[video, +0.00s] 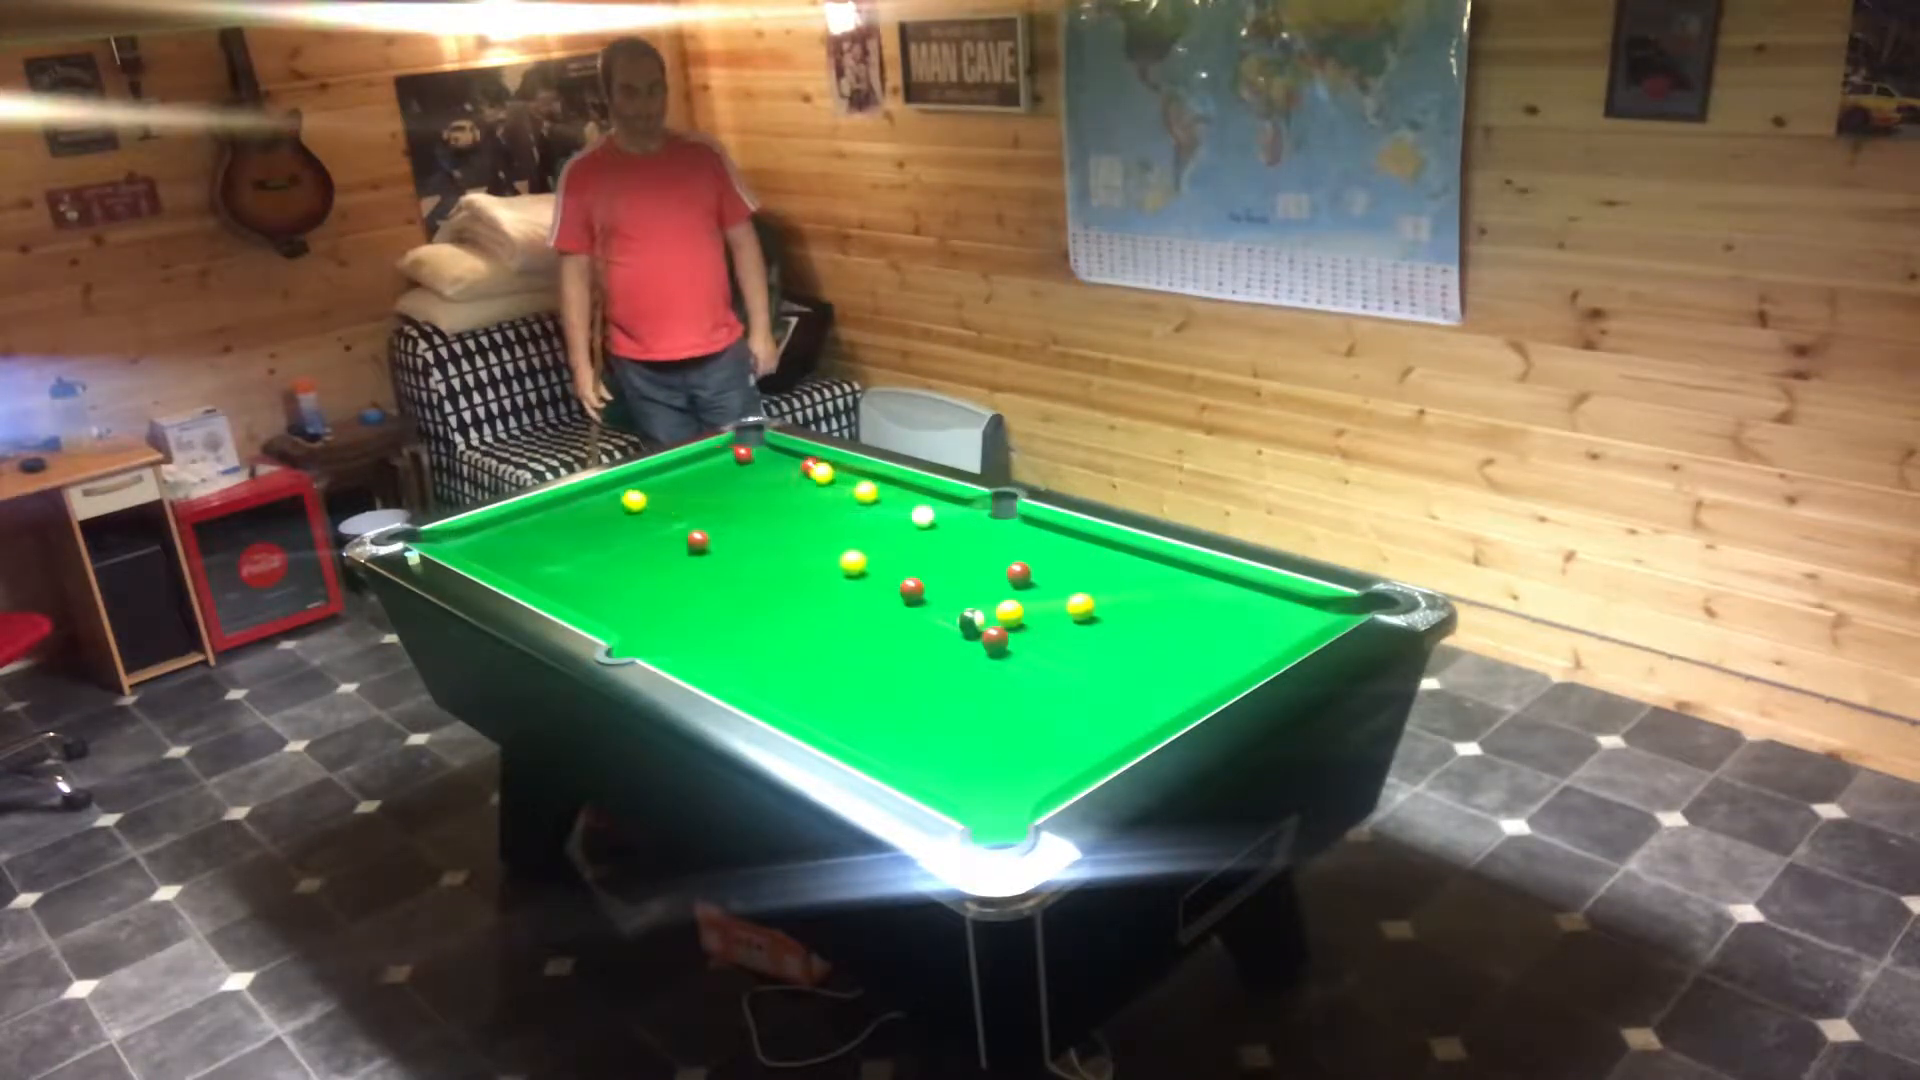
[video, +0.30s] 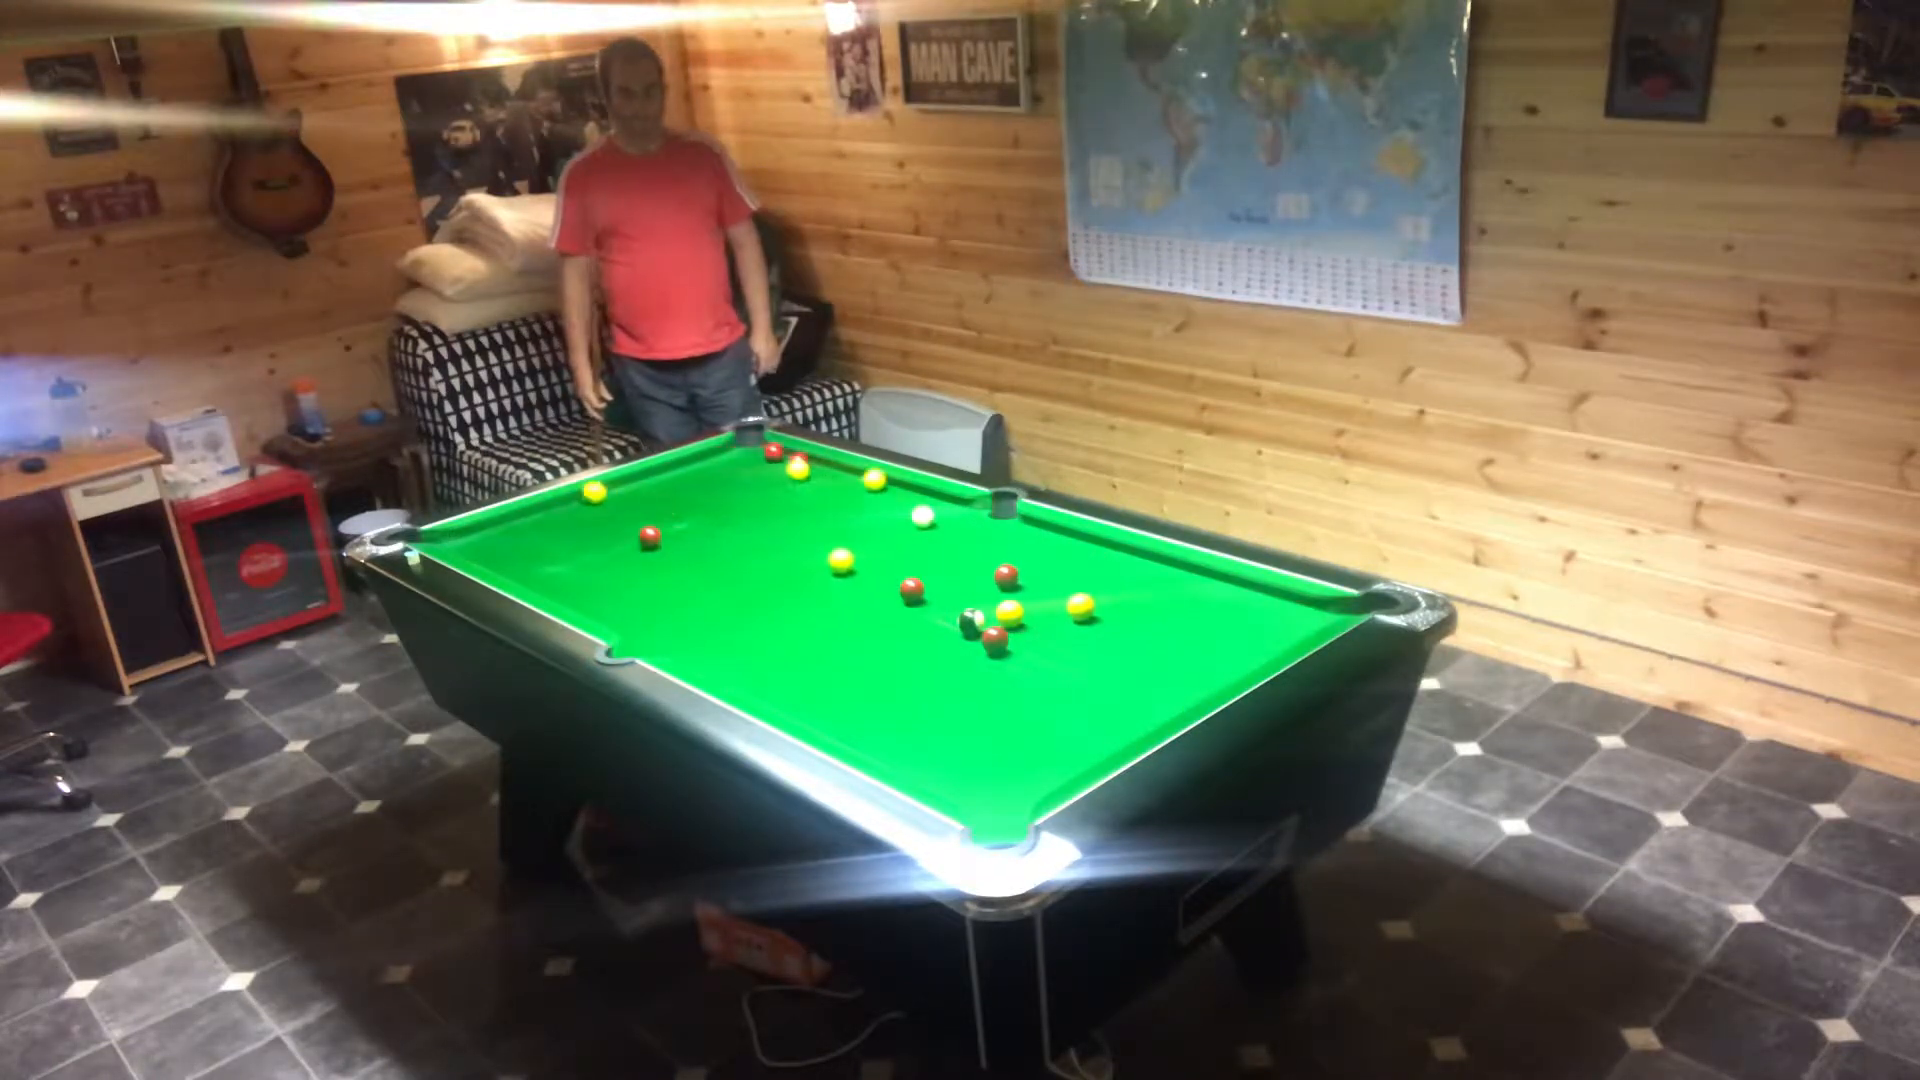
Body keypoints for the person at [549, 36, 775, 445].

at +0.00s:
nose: (644, 104)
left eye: (654, 90)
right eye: (630, 91)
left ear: (667, 93)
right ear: (607, 96)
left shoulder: (705, 158)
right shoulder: (584, 175)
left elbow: (744, 242)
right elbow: (575, 271)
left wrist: (761, 329)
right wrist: (581, 364)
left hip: (721, 360)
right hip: (643, 370)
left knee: (749, 485)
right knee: (676, 500)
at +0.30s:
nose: (641, 105)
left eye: (651, 91)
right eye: (627, 93)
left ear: (665, 91)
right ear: (605, 97)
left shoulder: (705, 157)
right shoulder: (584, 176)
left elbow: (745, 240)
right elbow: (576, 271)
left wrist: (762, 328)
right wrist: (581, 364)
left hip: (722, 359)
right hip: (644, 369)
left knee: (748, 489)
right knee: (676, 500)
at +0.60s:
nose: (641, 105)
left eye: (650, 91)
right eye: (627, 93)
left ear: (664, 91)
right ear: (605, 98)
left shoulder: (706, 157)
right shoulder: (586, 175)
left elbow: (746, 240)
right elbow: (579, 271)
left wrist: (763, 327)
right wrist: (584, 364)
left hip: (722, 359)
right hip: (645, 369)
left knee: (748, 483)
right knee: (676, 499)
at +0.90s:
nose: (643, 105)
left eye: (653, 92)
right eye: (629, 94)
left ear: (667, 93)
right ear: (608, 99)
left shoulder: (707, 157)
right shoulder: (587, 176)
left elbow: (746, 240)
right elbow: (579, 273)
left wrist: (764, 329)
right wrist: (584, 363)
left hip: (723, 359)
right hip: (646, 369)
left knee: (747, 485)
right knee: (677, 498)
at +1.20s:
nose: (644, 106)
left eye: (654, 93)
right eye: (631, 94)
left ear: (668, 93)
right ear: (609, 99)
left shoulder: (708, 158)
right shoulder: (588, 176)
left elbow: (747, 240)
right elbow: (580, 273)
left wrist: (763, 329)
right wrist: (584, 364)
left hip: (723, 359)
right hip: (646, 369)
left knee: (748, 483)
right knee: (677, 498)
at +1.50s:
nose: (644, 106)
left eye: (654, 93)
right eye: (631, 95)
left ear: (668, 94)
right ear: (610, 98)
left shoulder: (708, 158)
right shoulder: (587, 175)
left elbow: (746, 243)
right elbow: (578, 273)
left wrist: (762, 330)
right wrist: (584, 365)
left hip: (722, 361)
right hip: (645, 370)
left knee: (749, 484)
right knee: (677, 499)